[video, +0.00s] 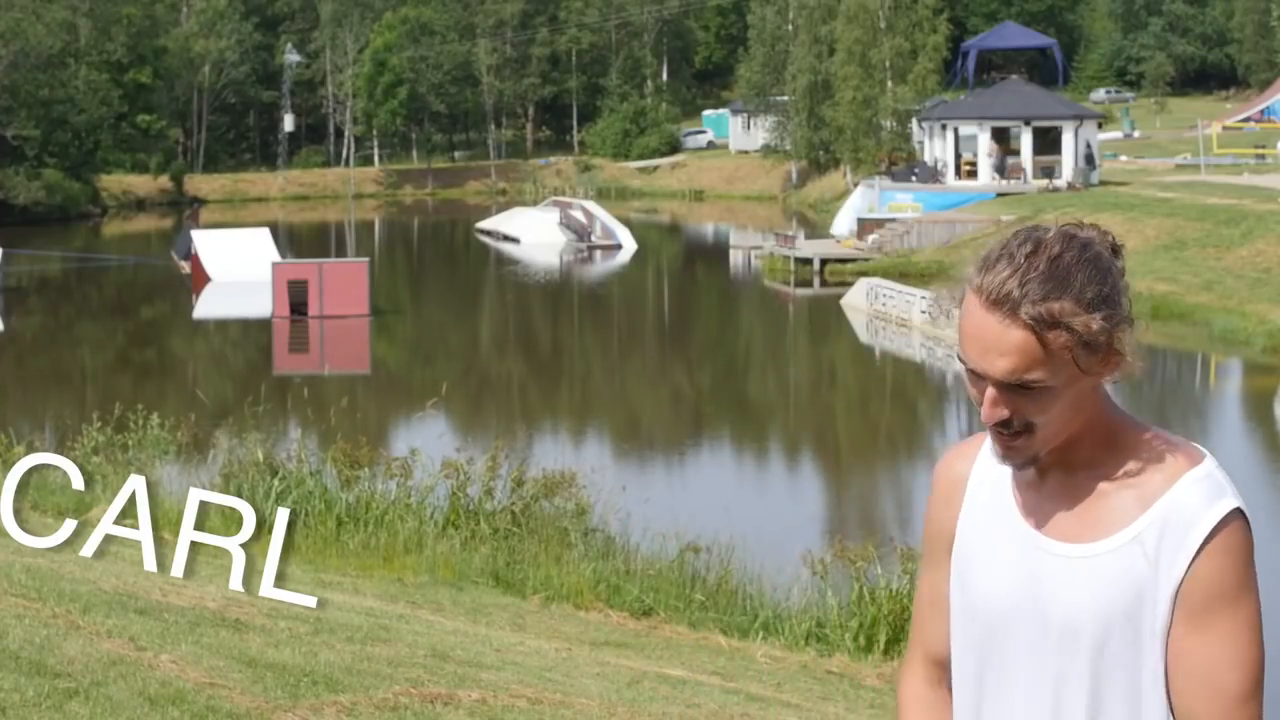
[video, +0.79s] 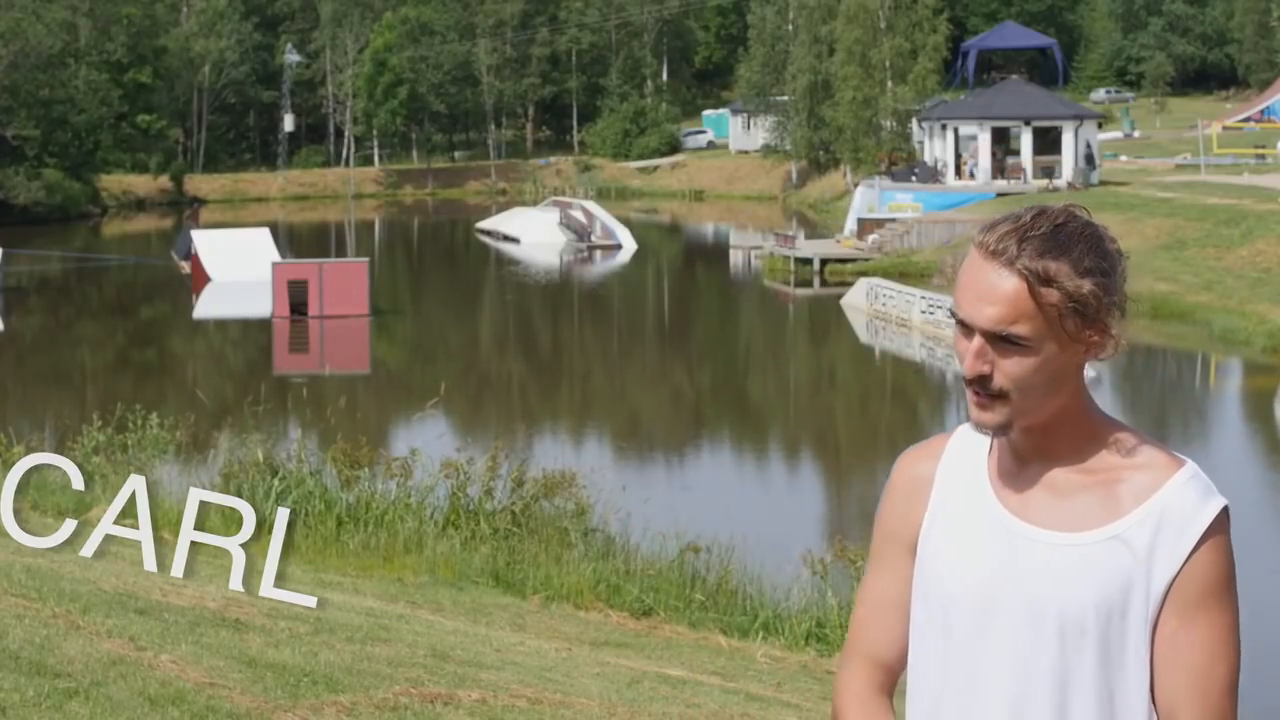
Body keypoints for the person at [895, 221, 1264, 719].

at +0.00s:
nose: (990, 413)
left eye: (1023, 387)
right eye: (974, 376)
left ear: (1104, 361)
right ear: (964, 349)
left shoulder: (1197, 519)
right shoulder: (963, 476)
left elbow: (1223, 709)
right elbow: (930, 673)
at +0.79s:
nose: (971, 363)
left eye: (1008, 342)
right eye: (963, 328)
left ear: (1091, 341)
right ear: (954, 314)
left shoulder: (1178, 511)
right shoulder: (923, 477)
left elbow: (1197, 711)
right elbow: (864, 677)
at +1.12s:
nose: (931, 355)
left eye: (967, 331)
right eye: (923, 320)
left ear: (1050, 333)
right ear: (913, 308)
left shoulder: (1141, 507)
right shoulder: (877, 479)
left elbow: (1150, 710)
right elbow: (816, 689)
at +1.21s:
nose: (920, 355)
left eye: (957, 331)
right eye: (913, 320)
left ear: (1040, 332)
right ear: (903, 308)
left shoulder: (1133, 507)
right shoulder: (868, 480)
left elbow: (1142, 709)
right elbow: (809, 687)